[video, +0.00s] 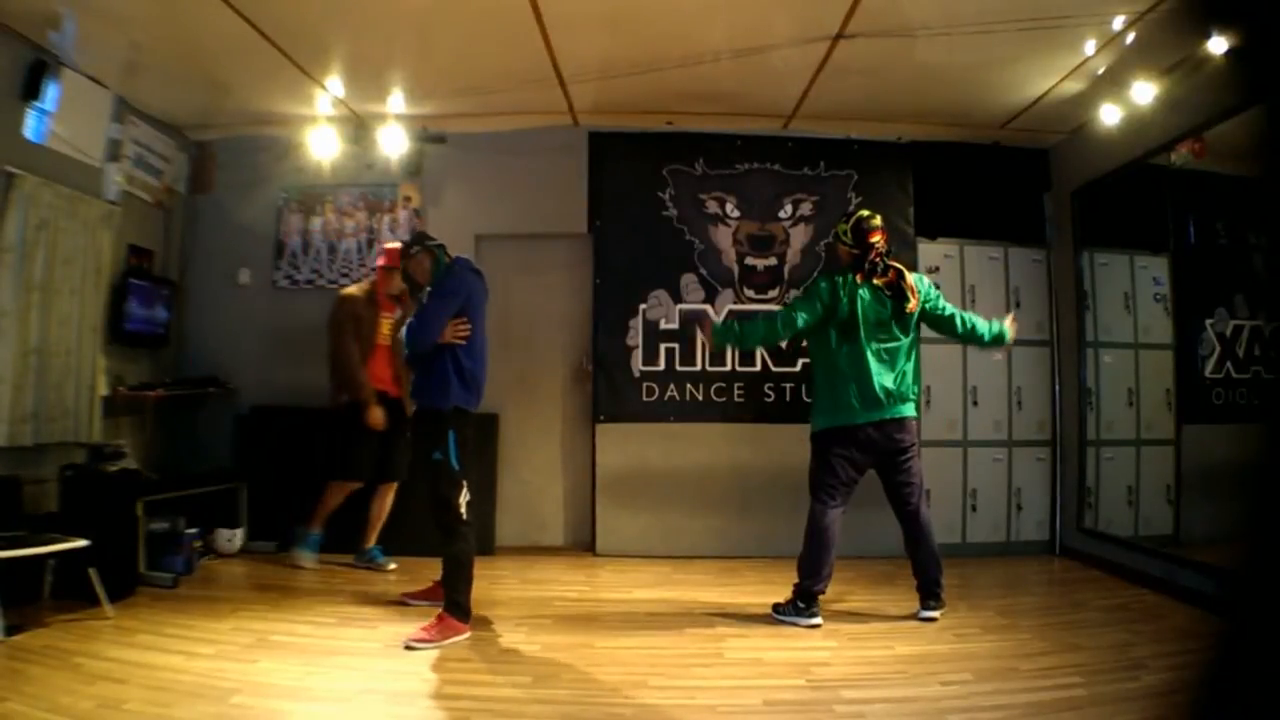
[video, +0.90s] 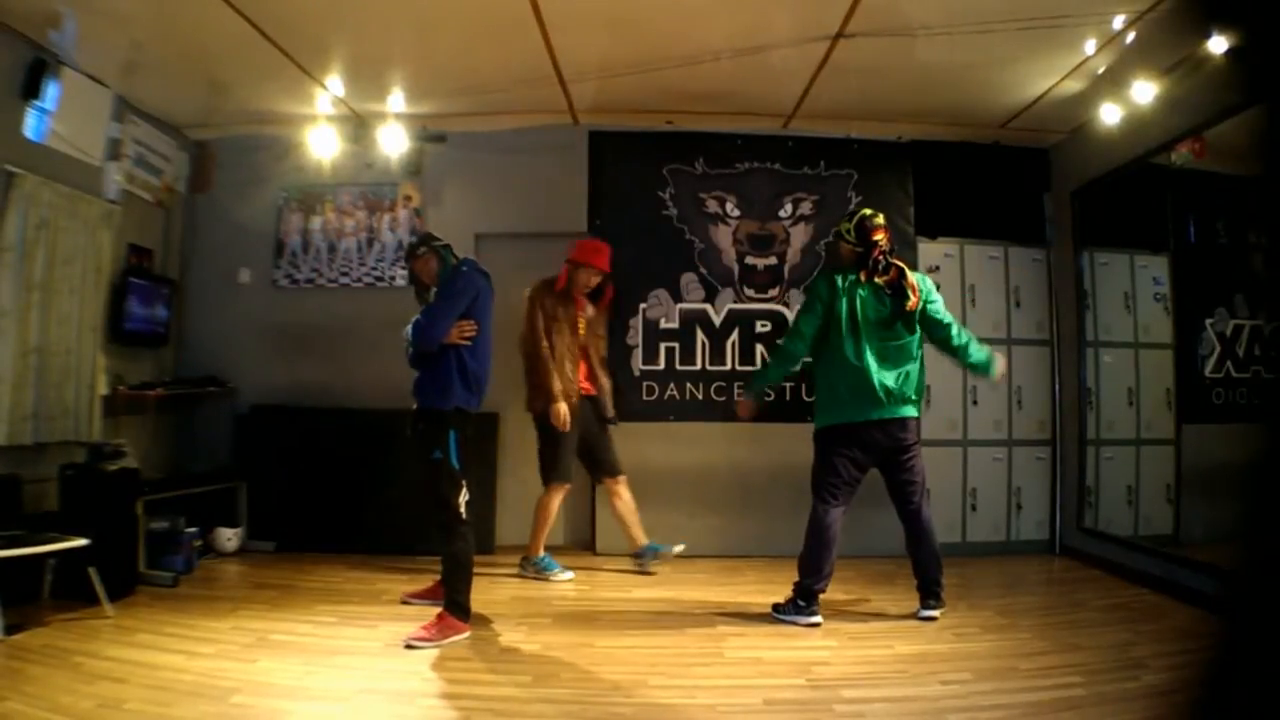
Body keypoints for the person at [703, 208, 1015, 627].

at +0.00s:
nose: (834, 250)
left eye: (838, 245)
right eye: (837, 243)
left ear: (851, 249)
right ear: (879, 246)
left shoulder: (830, 287)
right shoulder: (910, 285)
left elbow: (783, 325)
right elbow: (954, 321)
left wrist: (722, 332)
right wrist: (998, 331)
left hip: (841, 421)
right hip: (897, 419)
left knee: (827, 505)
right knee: (913, 507)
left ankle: (807, 600)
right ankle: (931, 597)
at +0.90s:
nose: (835, 248)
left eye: (841, 243)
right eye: (838, 241)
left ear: (854, 248)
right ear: (884, 246)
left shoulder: (830, 285)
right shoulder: (914, 284)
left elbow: (797, 344)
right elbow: (948, 333)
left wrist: (756, 387)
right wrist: (987, 360)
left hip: (844, 418)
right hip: (899, 418)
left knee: (829, 504)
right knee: (915, 507)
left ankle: (806, 600)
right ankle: (931, 597)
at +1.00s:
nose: (835, 246)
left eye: (842, 240)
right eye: (838, 238)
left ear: (858, 247)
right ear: (882, 245)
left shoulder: (830, 288)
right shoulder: (916, 286)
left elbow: (819, 354)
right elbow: (932, 349)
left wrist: (816, 408)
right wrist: (938, 397)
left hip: (848, 417)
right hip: (901, 418)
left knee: (829, 504)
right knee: (915, 507)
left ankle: (806, 599)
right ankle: (931, 597)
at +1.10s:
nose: (838, 245)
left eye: (844, 239)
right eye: (840, 238)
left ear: (860, 245)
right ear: (883, 244)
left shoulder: (832, 287)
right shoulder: (918, 288)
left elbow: (818, 356)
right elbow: (928, 357)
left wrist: (813, 413)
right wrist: (921, 411)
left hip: (847, 417)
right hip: (901, 417)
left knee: (830, 506)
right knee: (916, 508)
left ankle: (806, 599)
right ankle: (932, 597)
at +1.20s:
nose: (840, 245)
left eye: (846, 238)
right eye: (843, 238)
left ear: (861, 245)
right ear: (886, 245)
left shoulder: (833, 287)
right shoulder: (920, 288)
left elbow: (810, 350)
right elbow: (936, 358)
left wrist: (800, 406)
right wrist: (932, 413)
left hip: (846, 418)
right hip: (902, 418)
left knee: (829, 507)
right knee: (916, 508)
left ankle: (806, 599)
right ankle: (932, 597)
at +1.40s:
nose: (842, 244)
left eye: (848, 237)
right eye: (846, 237)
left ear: (862, 245)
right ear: (889, 245)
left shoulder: (833, 286)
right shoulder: (921, 287)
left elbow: (806, 348)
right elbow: (936, 356)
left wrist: (817, 380)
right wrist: (917, 388)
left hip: (845, 419)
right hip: (902, 419)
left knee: (830, 506)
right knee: (916, 507)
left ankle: (806, 599)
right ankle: (931, 598)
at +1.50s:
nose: (842, 243)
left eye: (848, 236)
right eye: (846, 235)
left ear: (863, 245)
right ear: (887, 246)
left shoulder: (837, 285)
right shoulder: (918, 285)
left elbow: (807, 341)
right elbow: (924, 349)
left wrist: (843, 349)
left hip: (847, 416)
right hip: (903, 417)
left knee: (830, 505)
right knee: (916, 507)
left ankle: (806, 600)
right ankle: (932, 598)